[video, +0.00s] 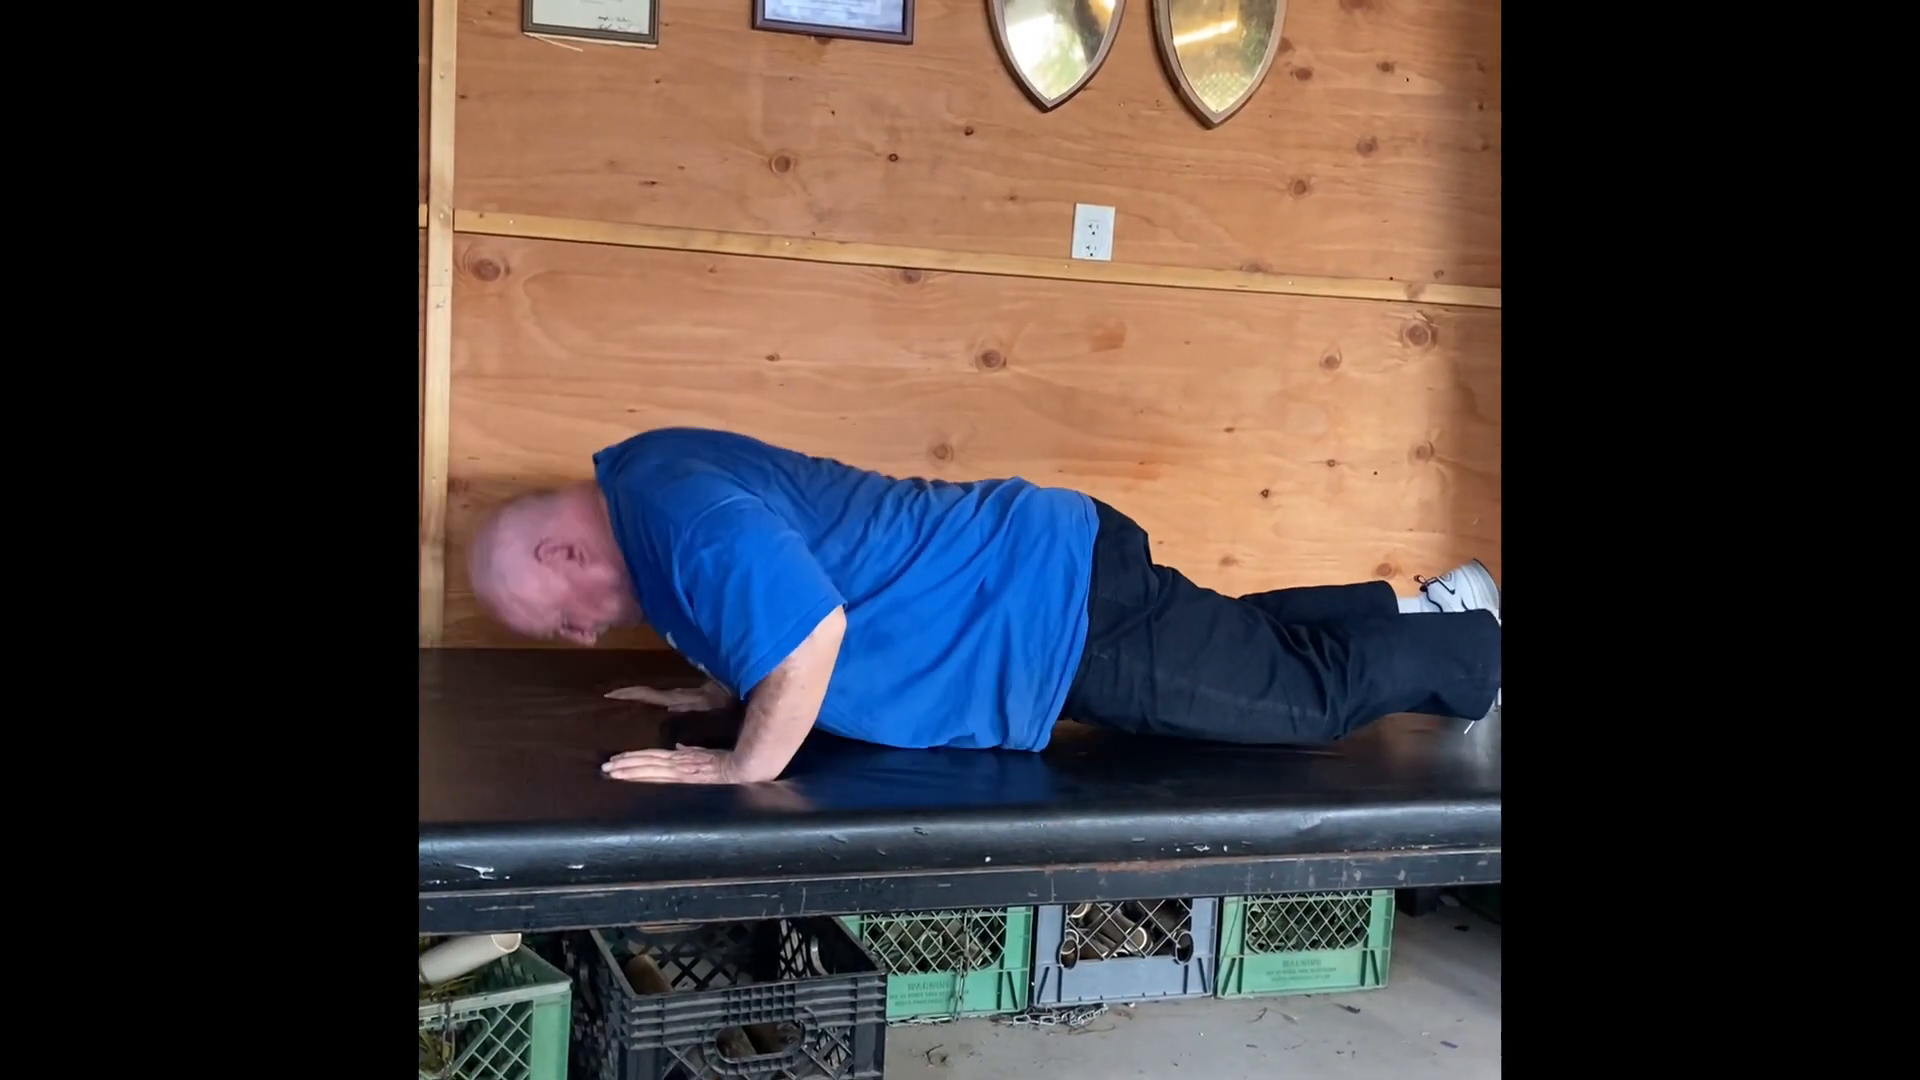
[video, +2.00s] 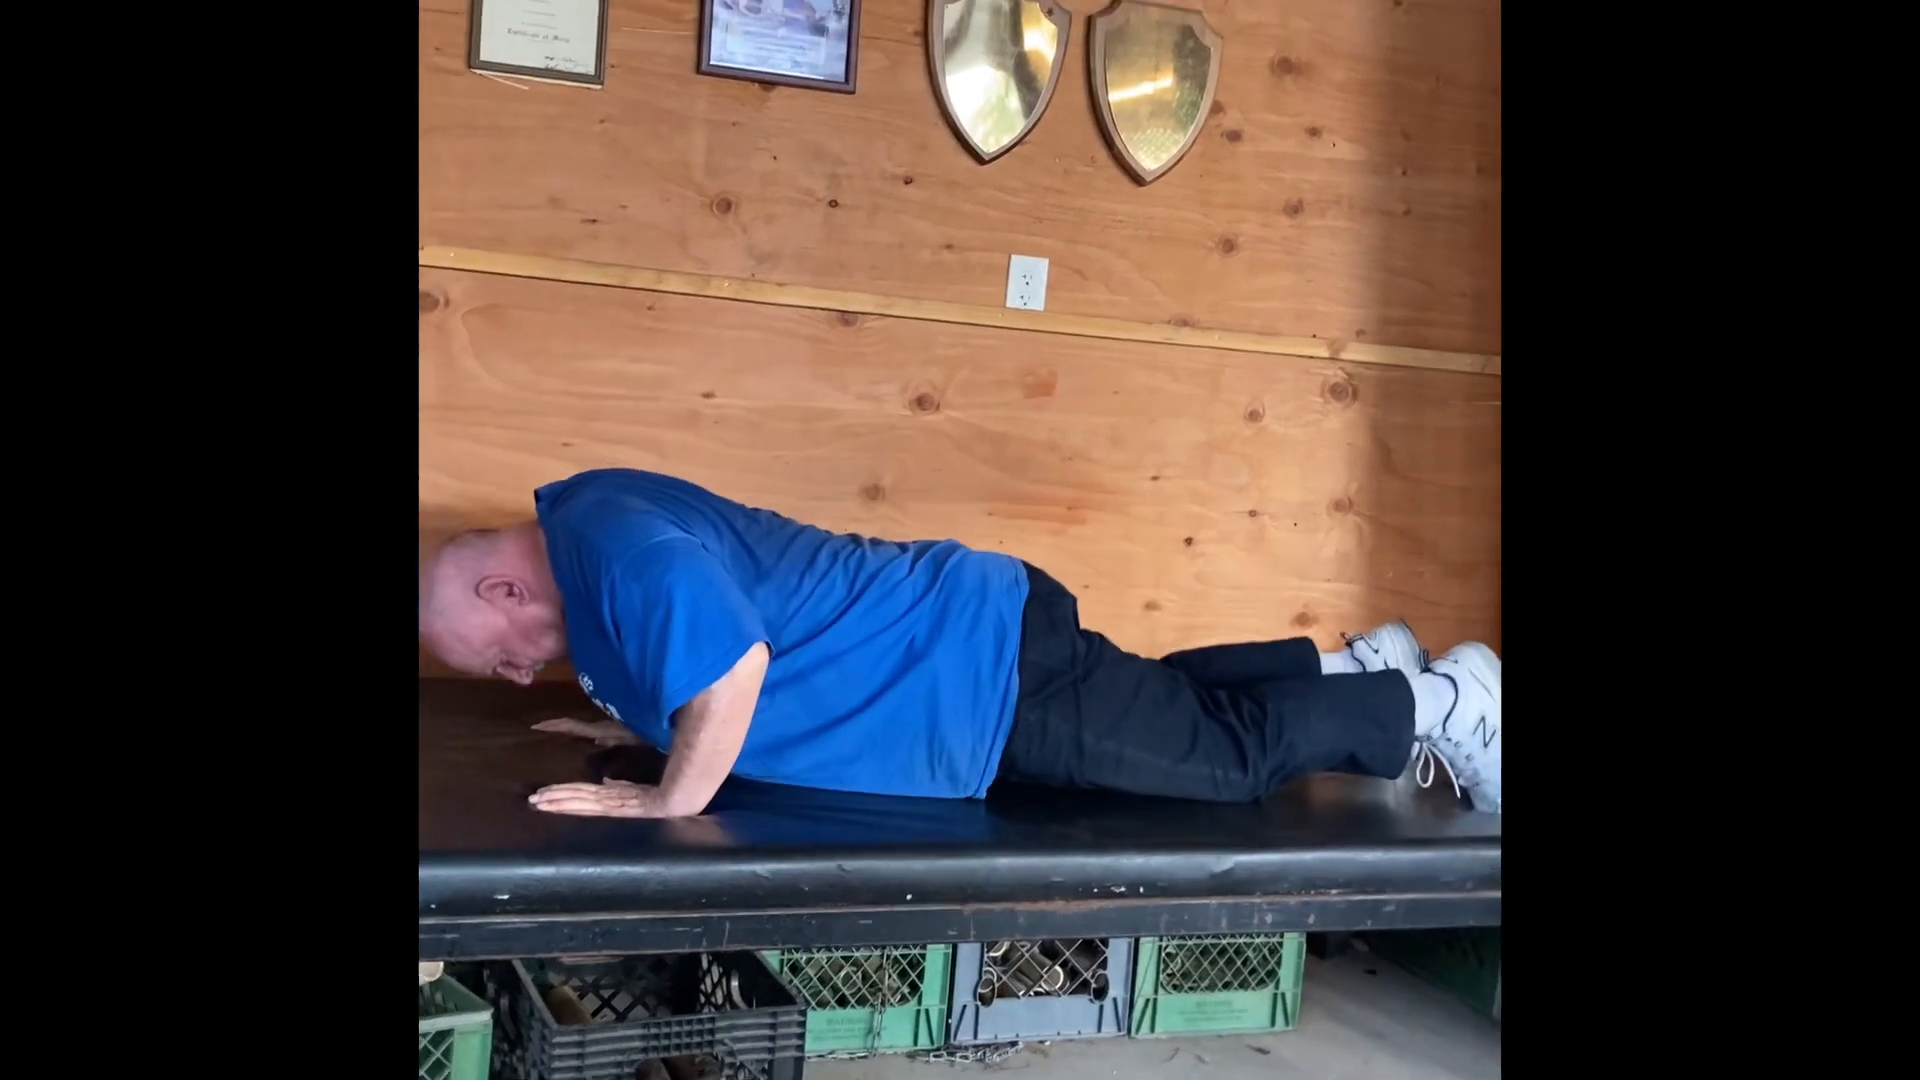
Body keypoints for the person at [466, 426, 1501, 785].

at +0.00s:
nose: (591, 622)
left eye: (568, 613)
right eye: (570, 619)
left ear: (566, 557)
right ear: (559, 528)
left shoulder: (683, 518)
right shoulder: (641, 487)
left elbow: (807, 633)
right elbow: (780, 599)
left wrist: (740, 771)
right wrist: (722, 693)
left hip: (1060, 607)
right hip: (1033, 586)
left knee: (1306, 687)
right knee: (1262, 654)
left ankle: (1479, 648)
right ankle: (1435, 612)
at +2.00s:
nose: (525, 658)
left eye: (502, 648)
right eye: (504, 659)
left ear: (498, 584)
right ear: (498, 577)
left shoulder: (625, 552)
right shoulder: (584, 541)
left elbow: (728, 665)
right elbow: (700, 654)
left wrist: (670, 802)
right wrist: (629, 721)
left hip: (984, 660)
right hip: (955, 680)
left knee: (1215, 755)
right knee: (1172, 710)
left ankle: (1428, 710)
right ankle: (1366, 673)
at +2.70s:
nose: (527, 608)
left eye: (507, 592)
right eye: (502, 601)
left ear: (513, 533)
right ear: (508, 532)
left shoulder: (635, 514)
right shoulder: (603, 508)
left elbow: (706, 682)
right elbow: (663, 663)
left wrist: (649, 827)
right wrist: (630, 760)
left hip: (986, 648)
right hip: (960, 655)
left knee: (1202, 763)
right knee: (1170, 726)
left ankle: (1421, 737)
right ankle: (1366, 694)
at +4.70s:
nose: (531, 597)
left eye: (517, 580)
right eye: (513, 590)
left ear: (533, 523)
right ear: (531, 523)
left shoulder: (657, 540)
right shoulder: (623, 538)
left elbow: (687, 737)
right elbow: (658, 714)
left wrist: (636, 886)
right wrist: (615, 824)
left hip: (985, 684)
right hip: (951, 706)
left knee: (1208, 807)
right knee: (1168, 771)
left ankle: (1431, 788)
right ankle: (1369, 763)